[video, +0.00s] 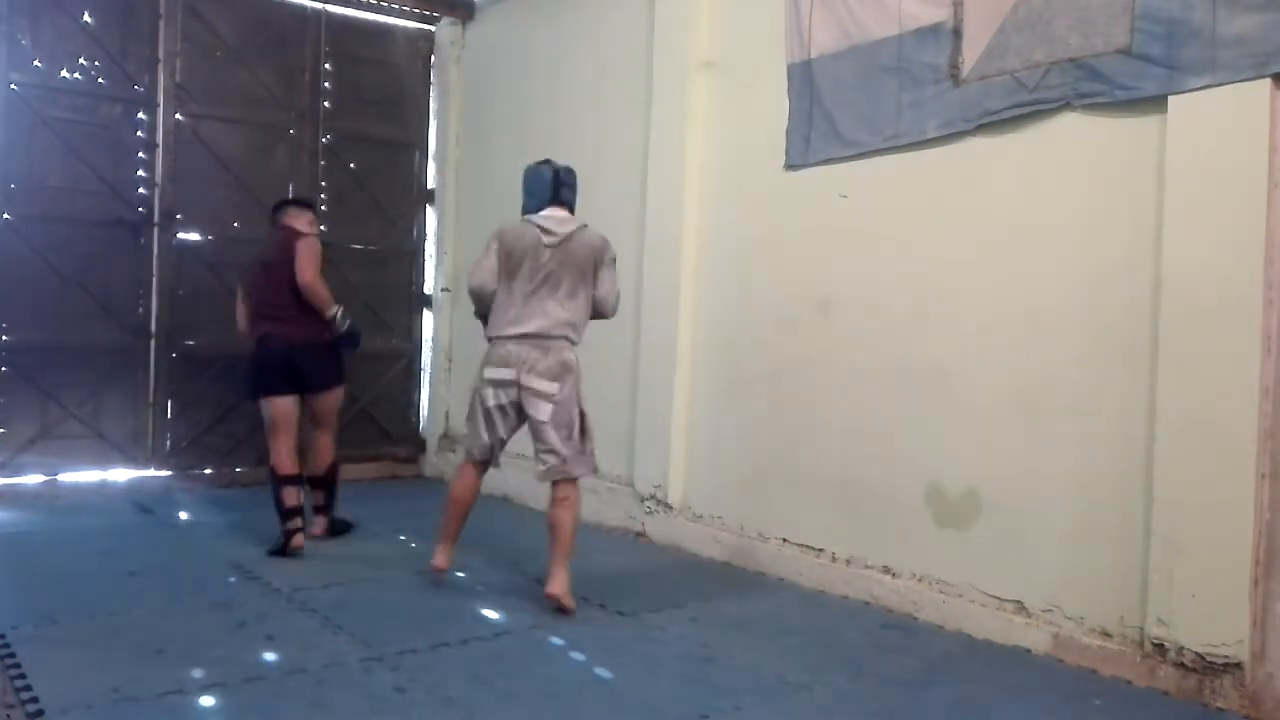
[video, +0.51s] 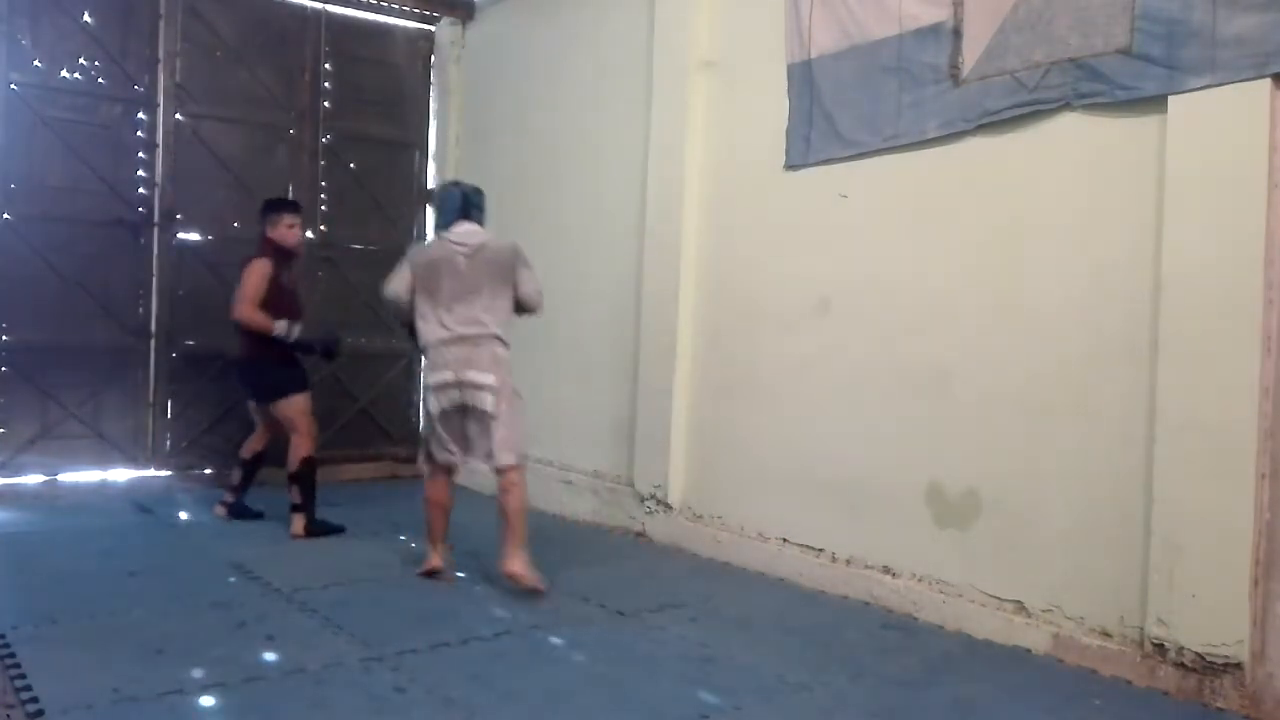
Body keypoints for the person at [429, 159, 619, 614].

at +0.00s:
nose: (527, 199)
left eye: (528, 191)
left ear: (531, 196)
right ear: (572, 197)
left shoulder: (508, 236)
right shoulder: (595, 243)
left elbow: (479, 285)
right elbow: (606, 305)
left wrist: (492, 315)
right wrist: (567, 303)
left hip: (502, 360)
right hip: (555, 366)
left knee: (475, 460)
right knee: (565, 476)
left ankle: (443, 551)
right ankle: (558, 577)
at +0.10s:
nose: (516, 217)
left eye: (517, 210)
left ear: (522, 212)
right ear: (564, 212)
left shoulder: (505, 253)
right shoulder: (593, 256)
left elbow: (481, 308)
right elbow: (612, 316)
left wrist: (484, 334)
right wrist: (571, 309)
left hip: (510, 380)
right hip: (565, 383)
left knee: (475, 468)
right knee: (583, 487)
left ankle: (445, 552)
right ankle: (593, 590)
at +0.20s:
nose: (503, 253)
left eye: (506, 246)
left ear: (511, 249)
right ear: (551, 247)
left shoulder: (501, 293)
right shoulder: (582, 289)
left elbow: (478, 363)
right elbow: (607, 346)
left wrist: (480, 373)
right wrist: (563, 340)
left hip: (513, 410)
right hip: (570, 408)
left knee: (477, 481)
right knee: (597, 502)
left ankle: (443, 556)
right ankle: (601, 604)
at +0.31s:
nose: (479, 254)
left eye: (481, 248)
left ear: (487, 250)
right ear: (526, 248)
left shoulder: (477, 293)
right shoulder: (556, 289)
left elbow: (472, 348)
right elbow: (579, 346)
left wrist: (476, 388)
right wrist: (542, 337)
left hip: (496, 405)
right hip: (546, 404)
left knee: (471, 476)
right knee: (577, 497)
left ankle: (446, 562)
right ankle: (598, 595)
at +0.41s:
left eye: (459, 229)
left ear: (460, 233)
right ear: (499, 233)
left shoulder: (447, 274)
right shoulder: (524, 272)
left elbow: (431, 323)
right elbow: (550, 323)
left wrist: (449, 351)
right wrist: (515, 331)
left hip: (466, 386)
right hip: (516, 385)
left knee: (455, 475)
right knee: (542, 480)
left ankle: (443, 562)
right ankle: (574, 566)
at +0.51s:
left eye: (438, 212)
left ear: (441, 215)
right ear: (480, 214)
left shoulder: (421, 255)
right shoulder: (505, 252)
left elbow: (392, 294)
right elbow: (531, 301)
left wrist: (414, 324)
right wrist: (496, 297)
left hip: (441, 375)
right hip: (489, 374)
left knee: (439, 467)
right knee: (509, 470)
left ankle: (436, 554)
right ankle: (515, 555)